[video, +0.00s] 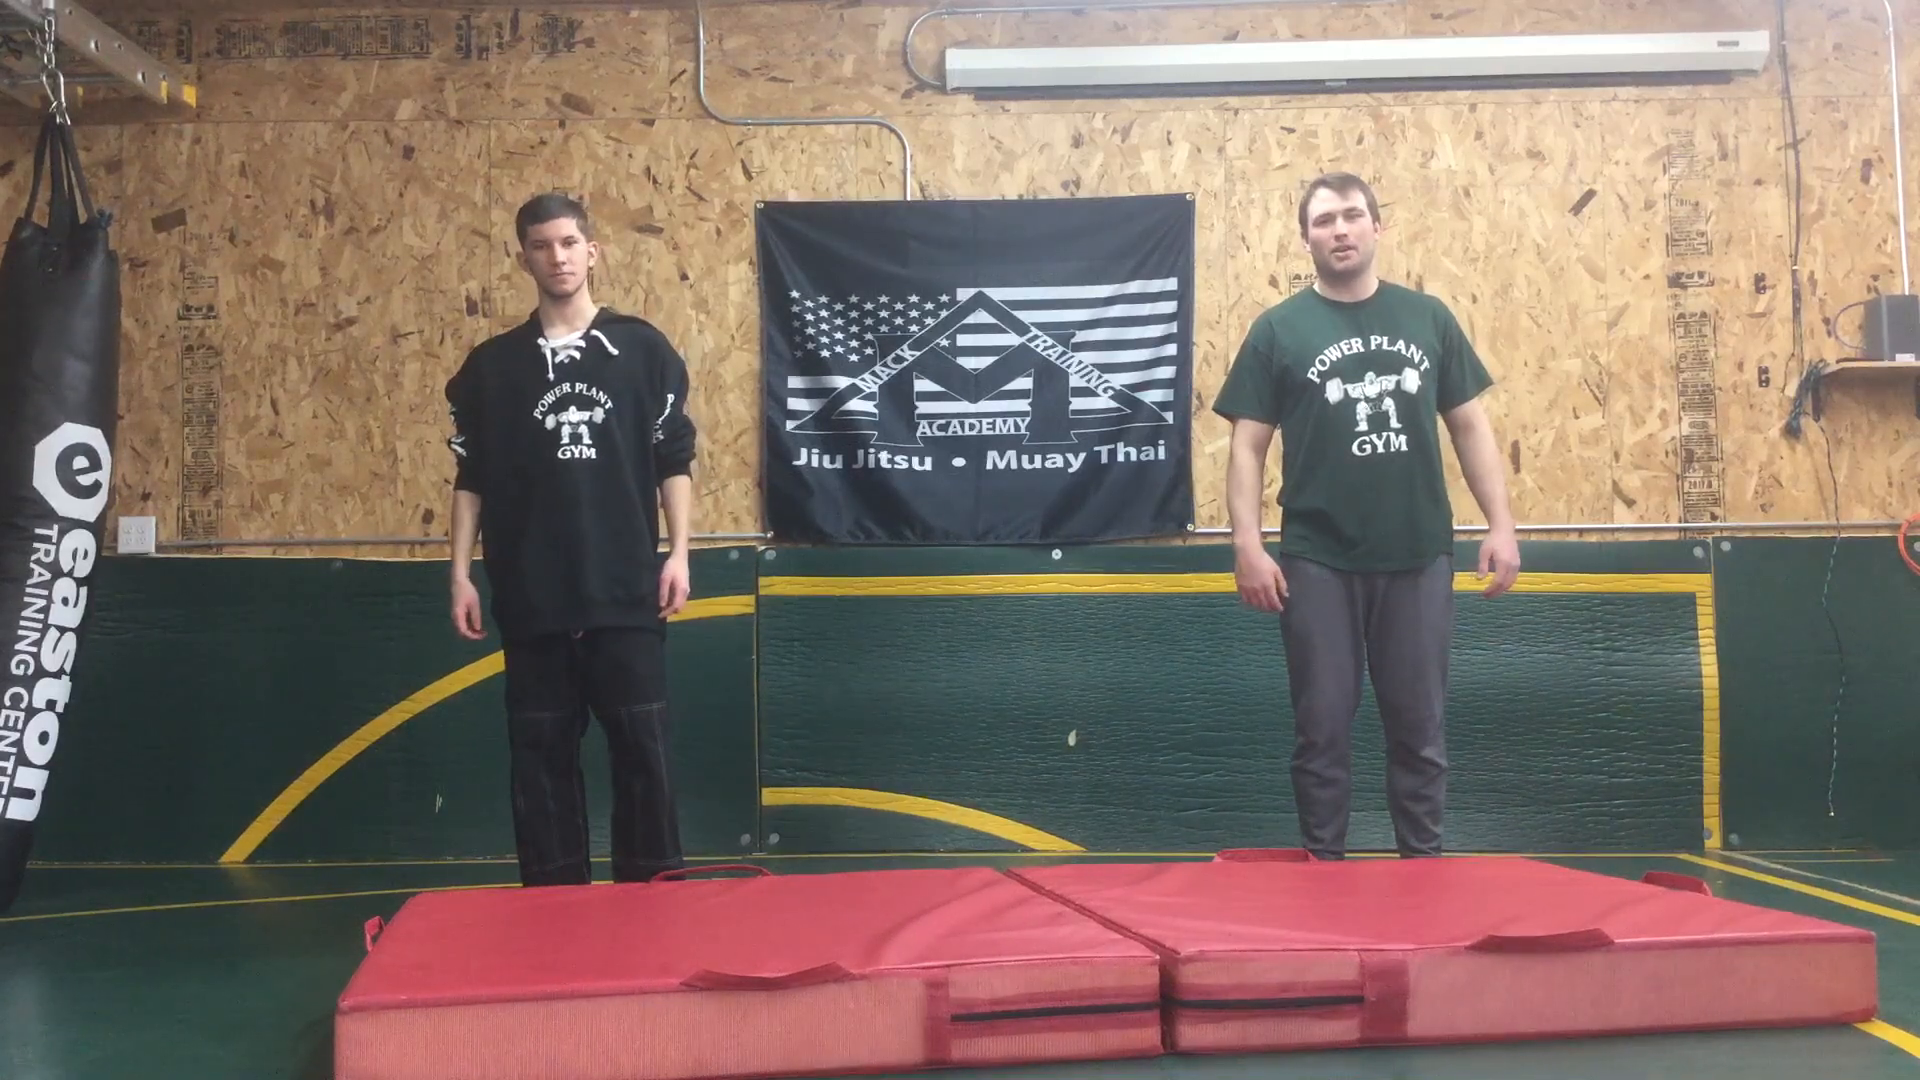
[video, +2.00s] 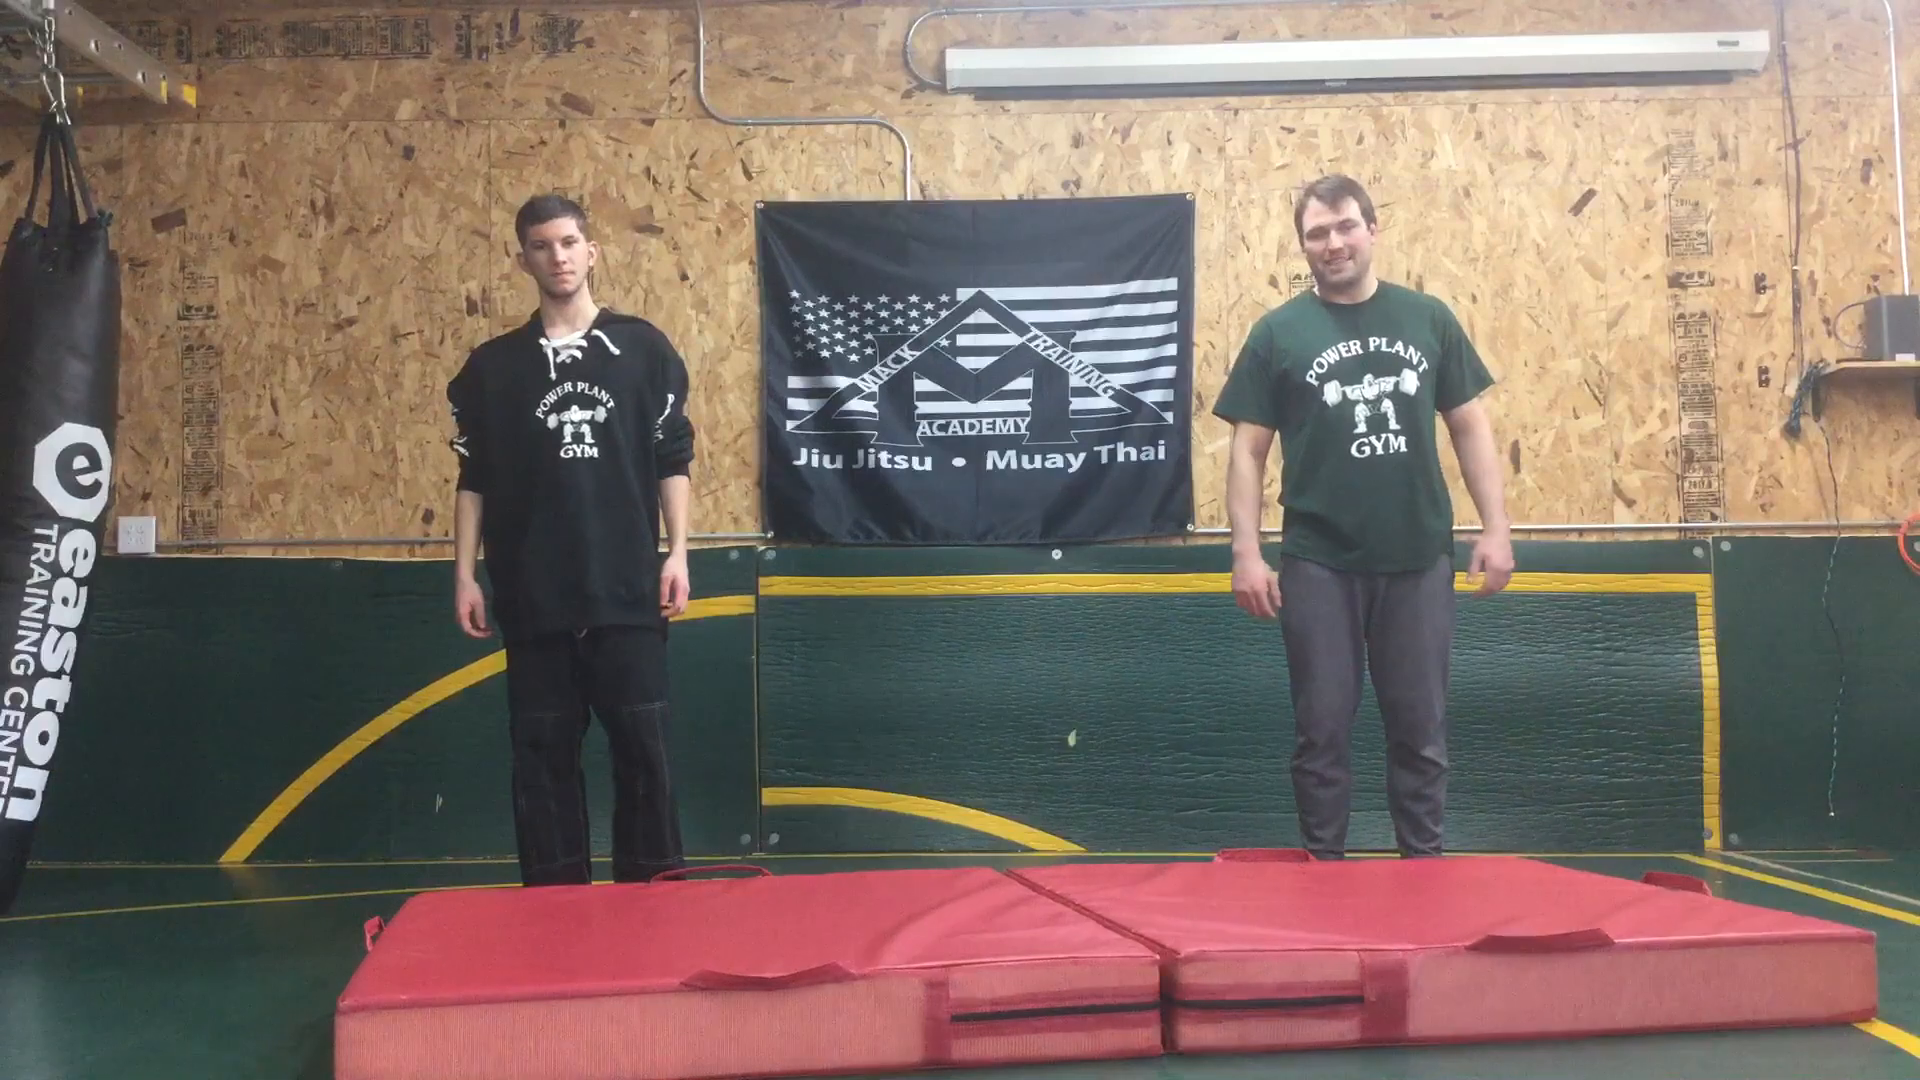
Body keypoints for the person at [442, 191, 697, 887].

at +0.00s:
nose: (557, 257)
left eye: (568, 242)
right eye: (542, 246)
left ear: (591, 250)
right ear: (525, 260)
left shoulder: (642, 347)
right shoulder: (489, 364)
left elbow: (674, 458)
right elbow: (470, 477)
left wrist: (679, 551)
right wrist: (461, 573)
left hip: (625, 585)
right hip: (529, 592)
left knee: (643, 756)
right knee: (542, 763)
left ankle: (652, 907)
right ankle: (554, 913)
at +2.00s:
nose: (558, 257)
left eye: (568, 242)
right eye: (542, 247)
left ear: (590, 249)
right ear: (525, 261)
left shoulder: (643, 347)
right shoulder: (489, 365)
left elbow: (672, 458)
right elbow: (473, 477)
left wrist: (678, 551)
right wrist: (465, 574)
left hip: (627, 585)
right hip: (531, 592)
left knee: (644, 754)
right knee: (543, 762)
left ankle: (653, 905)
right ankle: (555, 913)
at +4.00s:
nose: (563, 256)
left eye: (573, 242)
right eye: (547, 246)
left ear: (594, 251)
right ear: (529, 261)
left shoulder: (645, 351)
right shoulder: (490, 366)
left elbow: (669, 463)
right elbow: (471, 478)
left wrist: (678, 552)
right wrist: (473, 572)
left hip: (628, 584)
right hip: (532, 589)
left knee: (645, 751)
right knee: (543, 759)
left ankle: (654, 902)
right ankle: (555, 910)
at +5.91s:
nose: (558, 254)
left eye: (568, 240)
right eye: (542, 244)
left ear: (590, 249)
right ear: (524, 259)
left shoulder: (643, 349)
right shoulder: (486, 364)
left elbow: (669, 461)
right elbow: (469, 476)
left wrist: (680, 551)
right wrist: (465, 571)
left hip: (626, 583)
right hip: (530, 589)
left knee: (644, 751)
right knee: (542, 760)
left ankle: (653, 903)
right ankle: (554, 912)